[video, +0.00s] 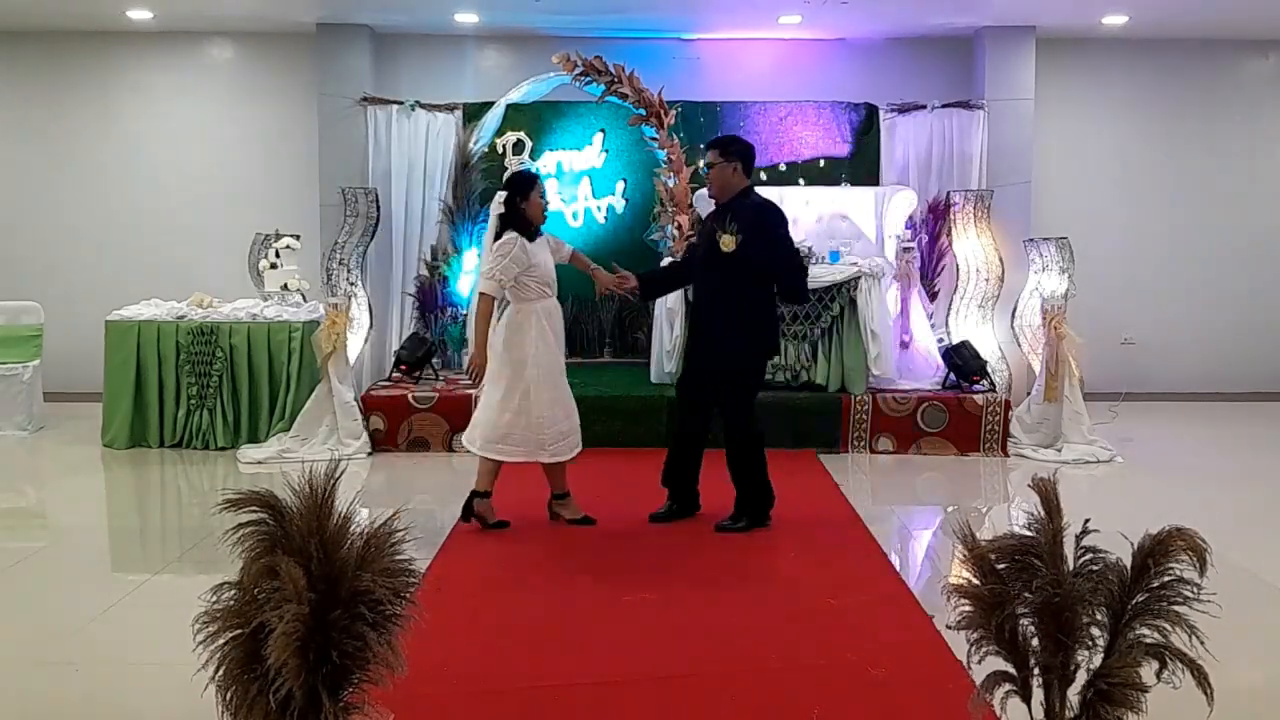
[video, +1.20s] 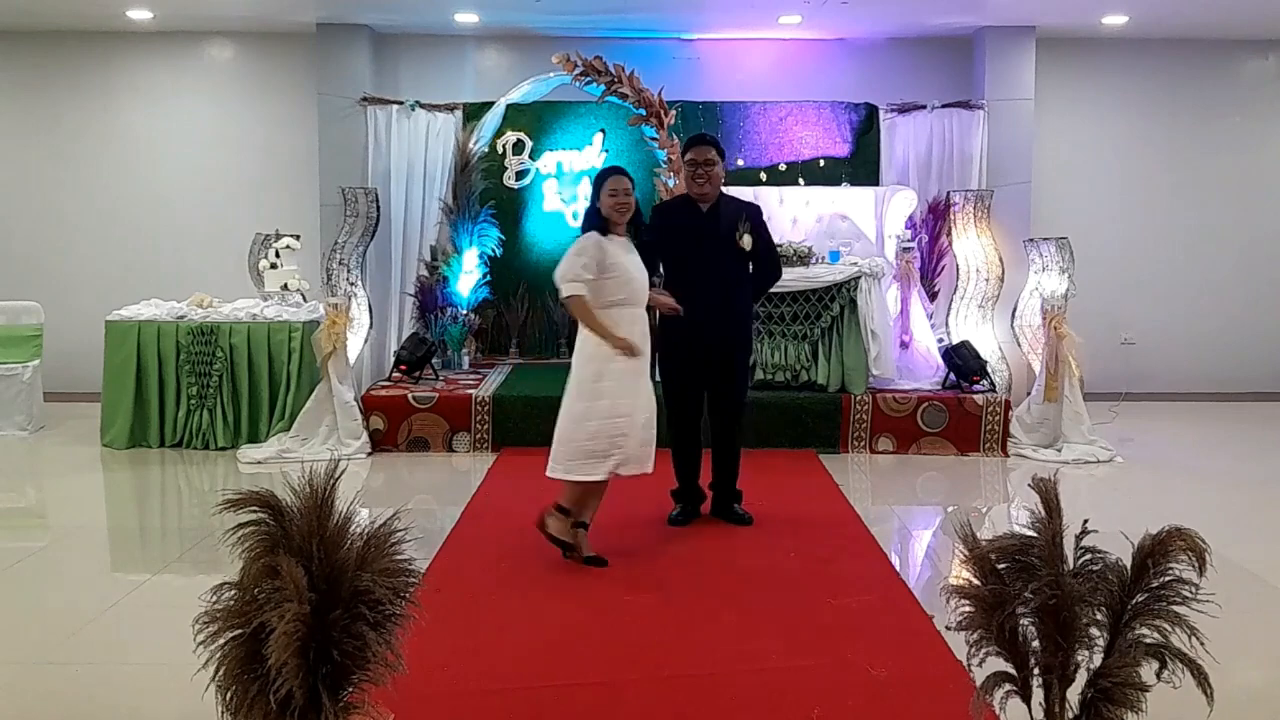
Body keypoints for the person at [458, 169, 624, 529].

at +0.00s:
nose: (546, 204)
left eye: (544, 197)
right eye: (540, 198)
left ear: (529, 203)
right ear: (521, 204)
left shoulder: (541, 241)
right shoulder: (510, 245)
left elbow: (571, 254)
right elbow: (485, 297)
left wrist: (597, 272)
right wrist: (479, 351)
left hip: (535, 344)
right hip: (525, 345)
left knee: (503, 419)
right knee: (553, 417)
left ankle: (480, 497)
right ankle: (561, 499)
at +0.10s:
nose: (550, 203)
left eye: (552, 197)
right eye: (541, 197)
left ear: (553, 200)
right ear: (522, 202)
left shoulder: (556, 238)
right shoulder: (516, 244)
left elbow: (583, 258)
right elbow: (491, 298)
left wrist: (600, 269)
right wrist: (480, 349)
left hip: (558, 335)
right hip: (538, 337)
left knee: (546, 413)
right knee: (555, 415)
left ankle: (502, 475)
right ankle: (562, 499)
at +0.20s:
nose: (550, 204)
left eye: (555, 197)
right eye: (542, 198)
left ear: (562, 201)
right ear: (529, 204)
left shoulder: (574, 244)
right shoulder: (520, 245)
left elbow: (601, 279)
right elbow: (494, 298)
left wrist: (621, 284)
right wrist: (485, 351)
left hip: (571, 329)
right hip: (541, 332)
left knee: (578, 406)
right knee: (557, 410)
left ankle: (546, 475)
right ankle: (562, 495)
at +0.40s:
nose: (561, 201)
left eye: (568, 195)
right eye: (554, 195)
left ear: (577, 199)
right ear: (543, 200)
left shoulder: (596, 239)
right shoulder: (527, 242)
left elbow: (616, 278)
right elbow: (508, 290)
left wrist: (623, 288)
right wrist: (510, 337)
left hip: (588, 329)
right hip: (546, 331)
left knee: (607, 405)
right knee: (558, 412)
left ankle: (608, 483)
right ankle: (571, 494)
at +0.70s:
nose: (574, 208)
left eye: (582, 202)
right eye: (567, 201)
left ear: (593, 208)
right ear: (558, 206)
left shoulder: (606, 244)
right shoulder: (544, 249)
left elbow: (632, 262)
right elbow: (534, 301)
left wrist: (665, 271)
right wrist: (519, 346)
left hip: (598, 342)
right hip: (556, 343)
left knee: (595, 412)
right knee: (563, 421)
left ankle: (597, 487)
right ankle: (590, 495)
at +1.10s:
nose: (604, 202)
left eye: (611, 194)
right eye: (596, 195)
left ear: (622, 201)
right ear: (584, 202)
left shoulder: (635, 250)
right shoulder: (566, 247)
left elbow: (651, 289)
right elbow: (548, 296)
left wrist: (678, 294)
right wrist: (555, 342)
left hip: (624, 350)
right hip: (579, 347)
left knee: (609, 439)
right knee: (567, 434)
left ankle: (579, 531)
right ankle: (554, 481)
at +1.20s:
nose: (622, 200)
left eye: (627, 193)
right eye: (613, 193)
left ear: (635, 200)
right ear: (598, 200)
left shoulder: (629, 247)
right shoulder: (591, 243)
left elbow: (620, 298)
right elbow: (570, 291)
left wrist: (650, 299)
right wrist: (608, 336)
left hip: (627, 361)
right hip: (602, 361)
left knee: (614, 442)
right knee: (596, 439)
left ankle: (579, 528)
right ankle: (560, 514)